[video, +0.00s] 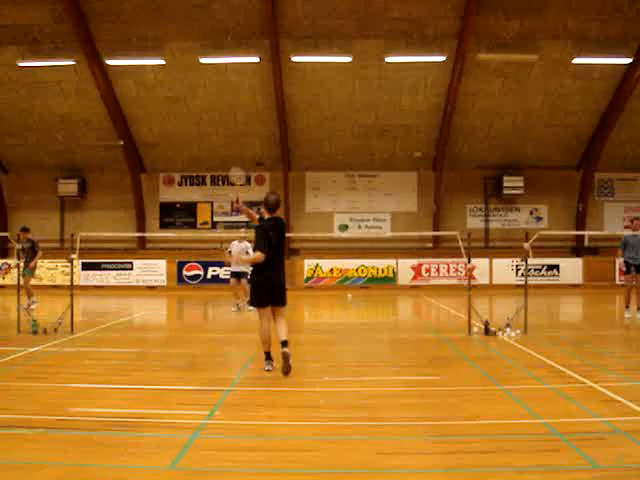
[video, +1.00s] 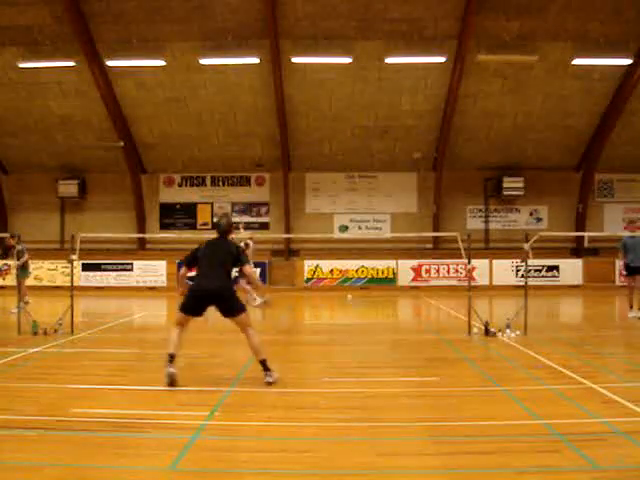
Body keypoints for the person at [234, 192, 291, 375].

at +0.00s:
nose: (263, 208)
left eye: (264, 204)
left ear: (263, 207)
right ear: (278, 207)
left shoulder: (262, 227)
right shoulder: (281, 224)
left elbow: (260, 256)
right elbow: (258, 220)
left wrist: (239, 259)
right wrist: (244, 209)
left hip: (262, 277)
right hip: (278, 276)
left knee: (264, 317)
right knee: (279, 314)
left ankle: (268, 358)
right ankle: (284, 346)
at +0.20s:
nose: (263, 210)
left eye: (263, 207)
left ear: (262, 209)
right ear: (278, 210)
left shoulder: (259, 229)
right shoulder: (282, 229)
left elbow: (261, 260)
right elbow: (284, 257)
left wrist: (261, 286)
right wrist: (281, 279)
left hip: (262, 281)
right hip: (278, 281)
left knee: (263, 321)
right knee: (279, 320)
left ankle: (267, 360)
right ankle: (283, 361)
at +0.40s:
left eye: (262, 207)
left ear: (261, 209)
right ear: (276, 210)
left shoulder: (253, 229)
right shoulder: (281, 231)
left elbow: (252, 260)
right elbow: (284, 260)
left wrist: (248, 283)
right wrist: (283, 280)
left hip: (258, 282)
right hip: (276, 282)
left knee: (259, 322)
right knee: (278, 323)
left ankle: (263, 360)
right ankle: (283, 367)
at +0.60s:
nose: (267, 215)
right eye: (268, 213)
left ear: (250, 212)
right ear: (267, 214)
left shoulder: (236, 231)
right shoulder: (273, 235)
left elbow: (220, 254)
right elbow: (290, 263)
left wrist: (207, 275)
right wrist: (305, 285)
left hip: (239, 285)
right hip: (262, 286)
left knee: (234, 323)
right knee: (272, 326)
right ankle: (283, 369)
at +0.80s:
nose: (248, 226)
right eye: (248, 223)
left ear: (231, 224)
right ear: (246, 224)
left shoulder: (217, 242)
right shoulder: (250, 243)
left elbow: (196, 266)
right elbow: (267, 264)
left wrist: (184, 283)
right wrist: (288, 281)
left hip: (217, 292)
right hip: (242, 293)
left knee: (200, 332)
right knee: (261, 330)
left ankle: (182, 374)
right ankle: (282, 370)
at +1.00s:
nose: (234, 231)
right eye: (233, 228)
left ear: (215, 230)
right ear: (231, 230)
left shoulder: (204, 247)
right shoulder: (234, 248)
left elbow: (182, 270)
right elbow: (247, 272)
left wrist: (181, 288)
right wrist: (260, 290)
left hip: (199, 289)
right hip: (224, 290)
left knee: (179, 325)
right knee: (247, 329)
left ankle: (170, 363)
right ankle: (267, 370)